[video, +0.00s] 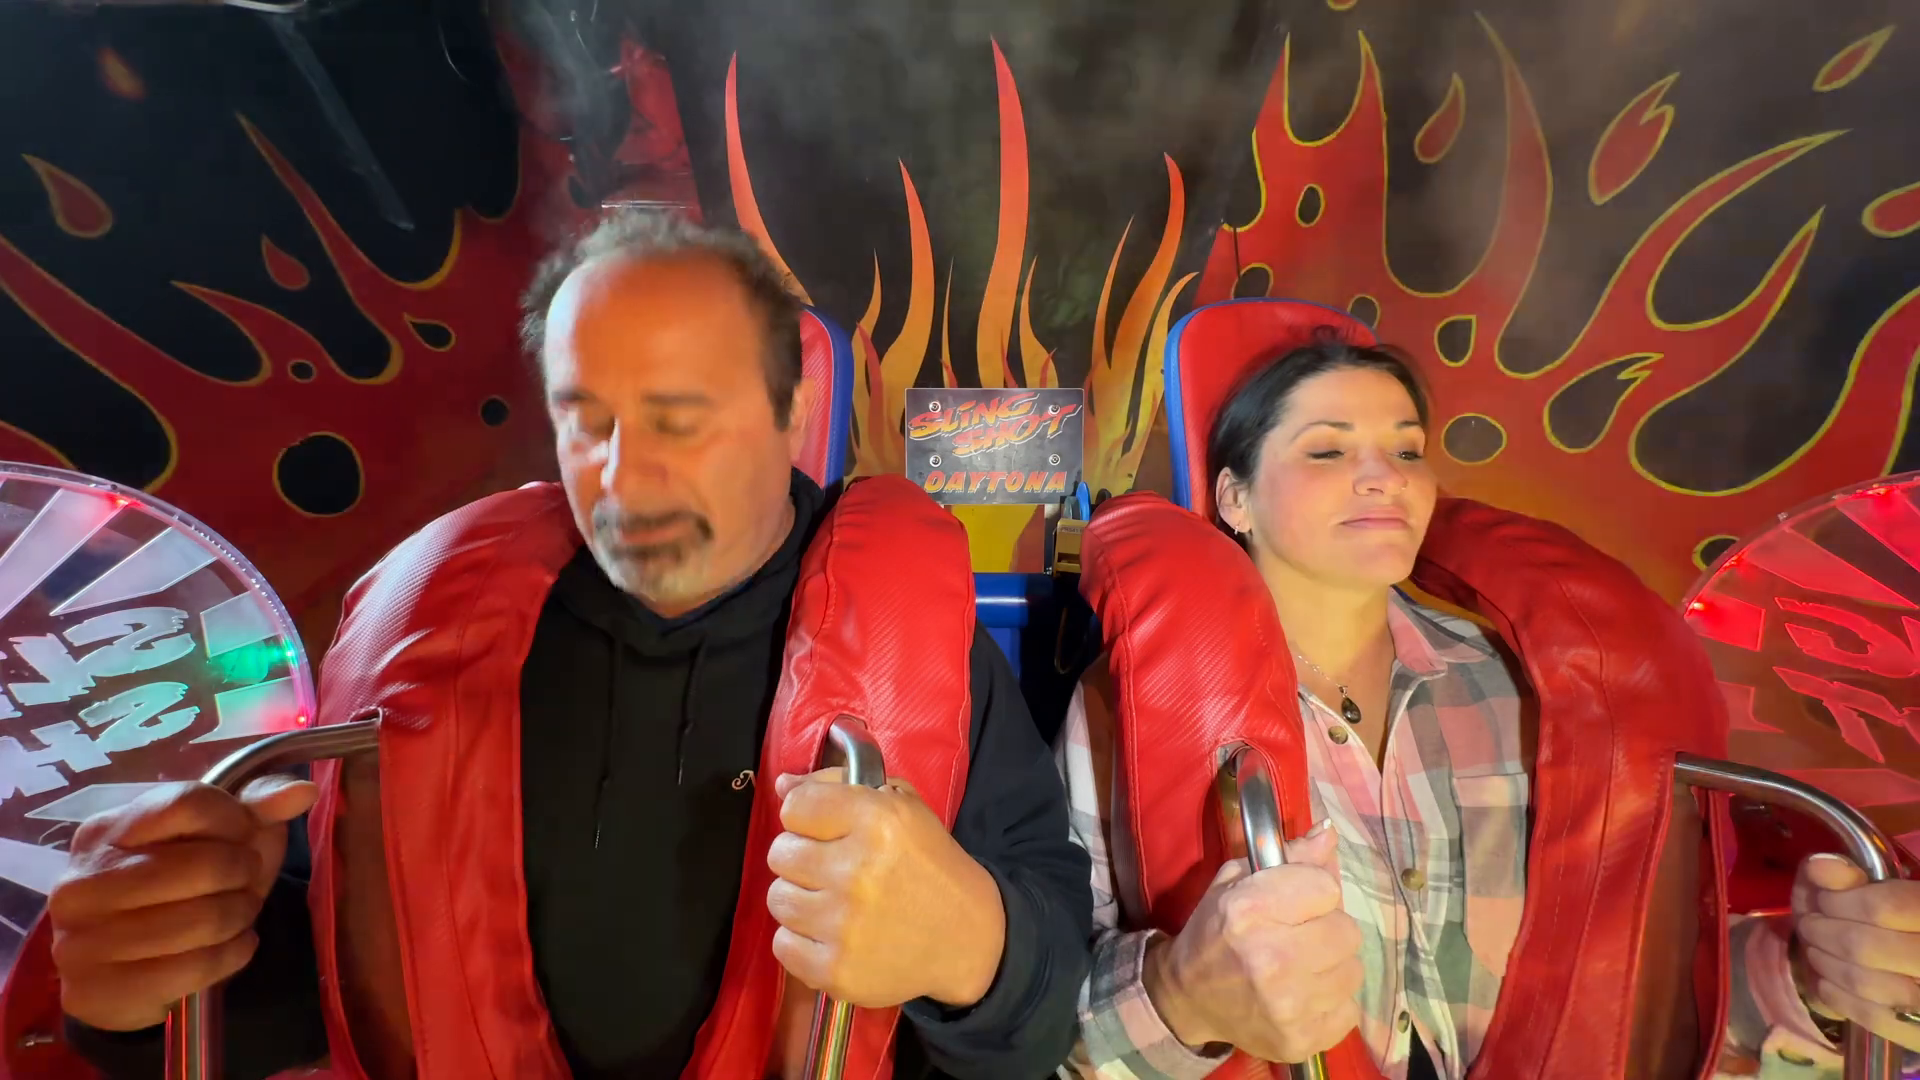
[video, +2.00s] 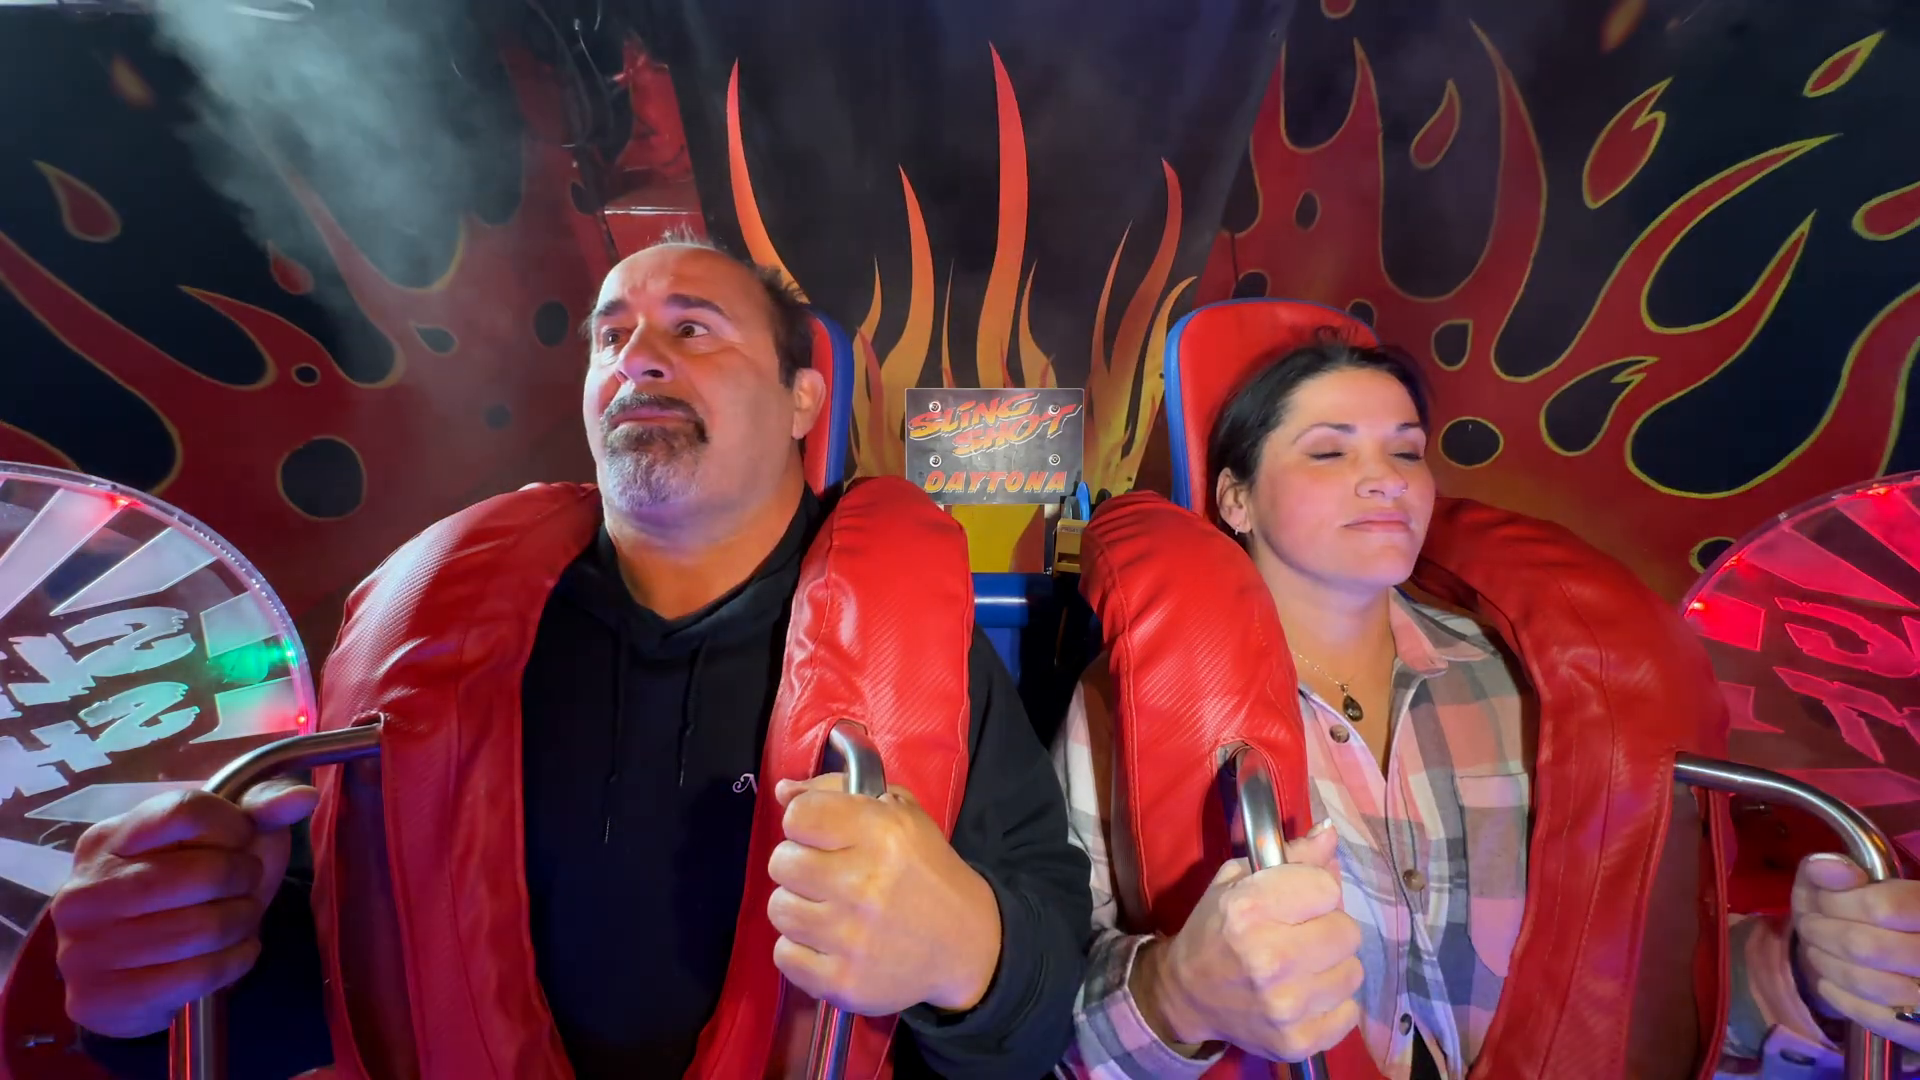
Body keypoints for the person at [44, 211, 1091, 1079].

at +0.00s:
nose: (623, 478)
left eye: (680, 419)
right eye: (588, 421)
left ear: (791, 416)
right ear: (549, 427)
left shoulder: (925, 644)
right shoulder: (419, 623)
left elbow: (1048, 1008)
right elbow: (303, 977)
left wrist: (981, 948)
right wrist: (106, 988)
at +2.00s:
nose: (638, 353)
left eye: (697, 322)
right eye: (612, 334)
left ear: (807, 404)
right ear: (582, 413)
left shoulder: (923, 661)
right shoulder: (425, 630)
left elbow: (1043, 1006)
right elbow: (309, 982)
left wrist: (979, 958)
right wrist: (107, 980)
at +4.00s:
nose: (623, 361)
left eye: (683, 324)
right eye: (600, 340)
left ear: (799, 396)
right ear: (577, 413)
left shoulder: (918, 652)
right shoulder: (440, 638)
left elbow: (1045, 1011)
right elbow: (315, 985)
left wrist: (971, 950)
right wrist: (110, 981)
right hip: (490, 1067)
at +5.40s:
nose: (620, 366)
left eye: (682, 328)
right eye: (599, 342)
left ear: (798, 398)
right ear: (573, 412)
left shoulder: (922, 660)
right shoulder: (438, 639)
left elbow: (1038, 1025)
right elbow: (310, 992)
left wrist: (976, 958)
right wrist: (79, 981)